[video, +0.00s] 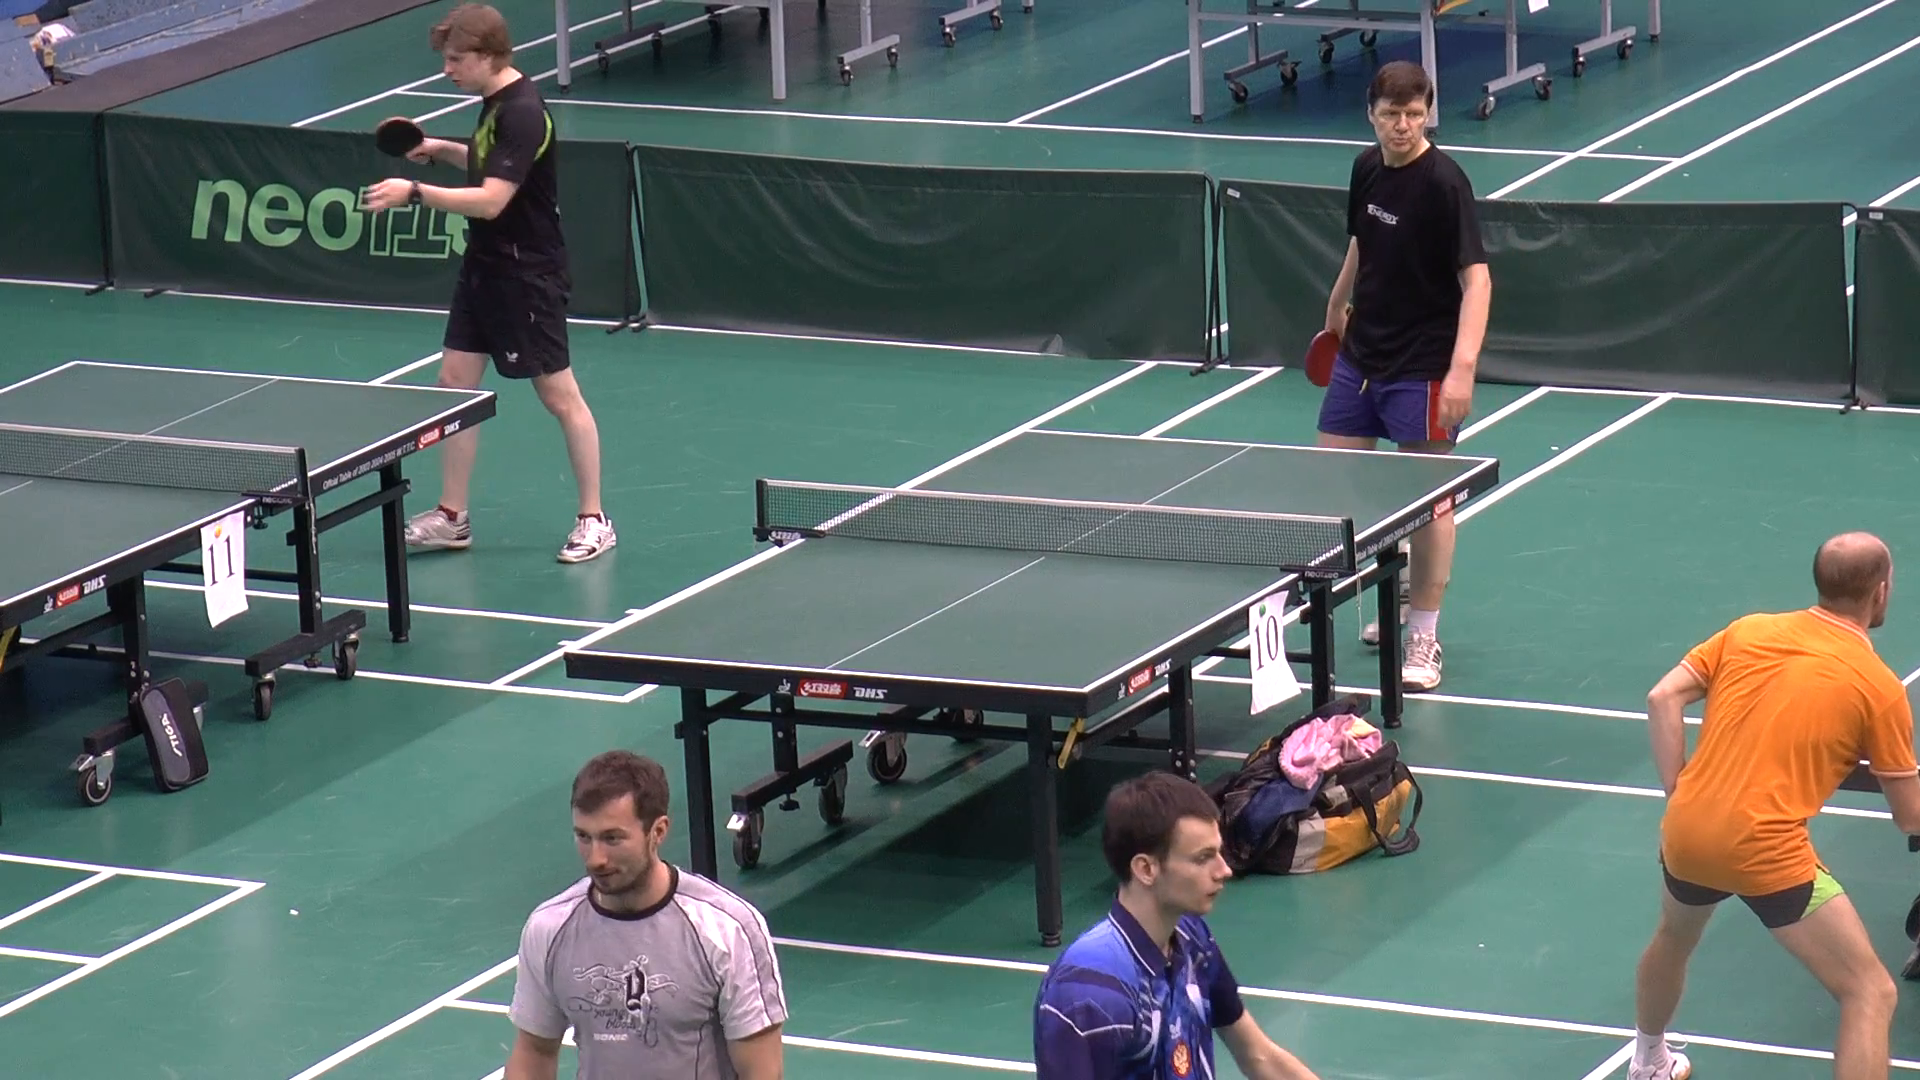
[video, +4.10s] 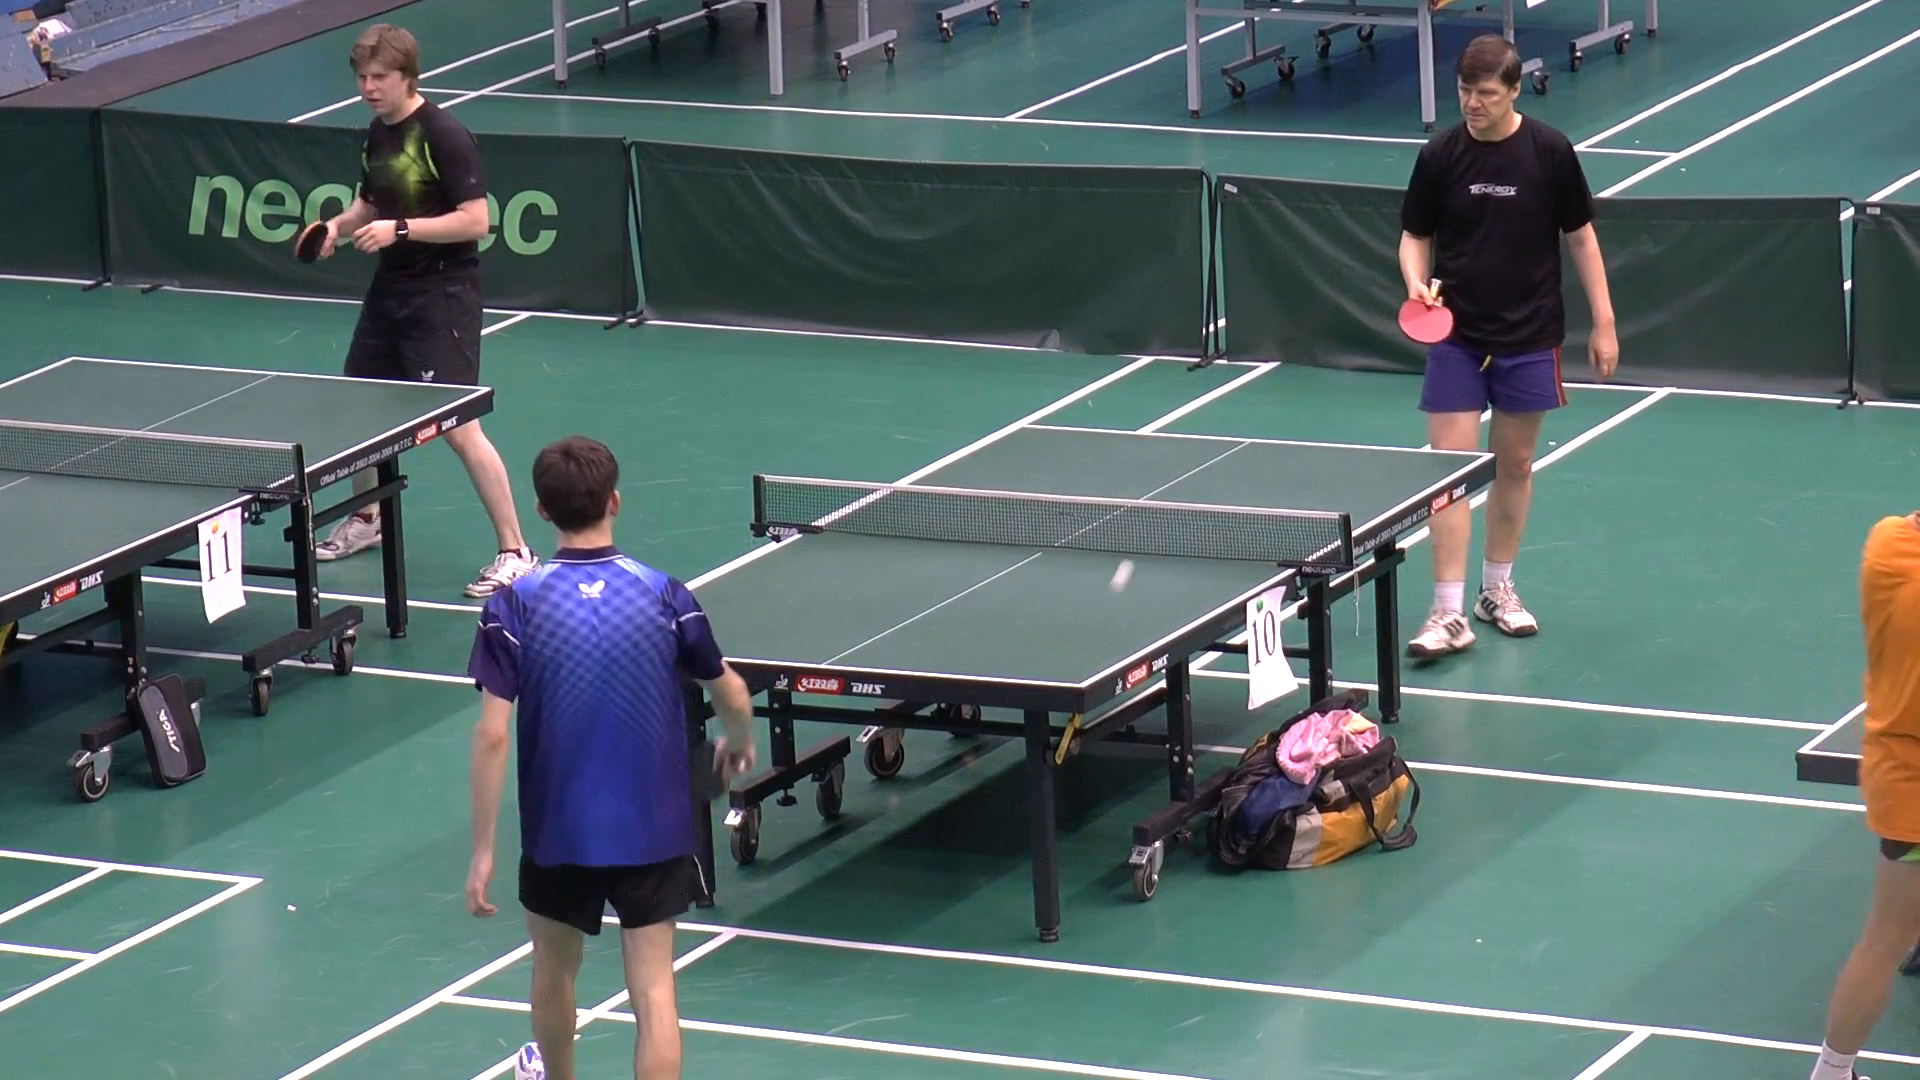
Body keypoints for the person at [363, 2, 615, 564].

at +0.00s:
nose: (449, 72)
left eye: (455, 62)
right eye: (447, 62)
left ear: (488, 56)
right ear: (478, 57)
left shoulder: (523, 111)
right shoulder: (496, 102)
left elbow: (491, 201)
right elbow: (493, 163)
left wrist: (413, 192)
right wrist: (442, 149)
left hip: (529, 274)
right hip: (484, 267)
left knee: (561, 396)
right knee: (456, 383)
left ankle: (593, 518)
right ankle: (453, 515)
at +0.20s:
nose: (404, 86)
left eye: (408, 75)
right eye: (402, 76)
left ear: (435, 70)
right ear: (439, 67)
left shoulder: (481, 118)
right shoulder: (468, 108)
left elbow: (432, 201)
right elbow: (466, 172)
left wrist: (358, 178)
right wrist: (407, 164)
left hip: (511, 280)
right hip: (468, 277)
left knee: (555, 403)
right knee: (437, 395)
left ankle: (594, 520)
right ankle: (430, 524)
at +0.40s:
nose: (357, 95)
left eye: (361, 84)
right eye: (355, 85)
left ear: (392, 78)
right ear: (389, 79)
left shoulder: (444, 118)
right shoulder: (410, 127)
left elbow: (430, 210)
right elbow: (420, 209)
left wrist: (348, 220)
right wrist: (347, 222)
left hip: (485, 276)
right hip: (436, 275)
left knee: (512, 409)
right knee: (414, 399)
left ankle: (589, 511)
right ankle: (427, 527)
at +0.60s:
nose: (343, 95)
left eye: (351, 84)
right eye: (338, 86)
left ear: (382, 77)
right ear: (342, 87)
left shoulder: (436, 116)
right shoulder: (361, 139)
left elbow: (456, 201)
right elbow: (341, 221)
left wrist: (381, 220)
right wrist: (307, 211)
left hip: (467, 269)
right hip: (411, 273)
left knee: (476, 407)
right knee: (395, 403)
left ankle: (539, 532)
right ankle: (425, 529)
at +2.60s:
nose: (314, 157)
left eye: (318, 145)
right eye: (310, 147)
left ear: (349, 131)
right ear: (344, 133)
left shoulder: (396, 163)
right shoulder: (373, 167)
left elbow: (429, 243)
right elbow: (366, 245)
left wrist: (356, 255)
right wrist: (291, 250)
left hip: (454, 312)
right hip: (414, 310)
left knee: (427, 443)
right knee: (373, 423)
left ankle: (509, 561)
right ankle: (350, 530)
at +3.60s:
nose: (344, 147)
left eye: (347, 135)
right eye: (340, 138)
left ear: (376, 120)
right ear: (377, 121)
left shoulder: (405, 163)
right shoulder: (430, 146)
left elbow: (431, 245)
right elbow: (437, 230)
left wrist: (365, 266)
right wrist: (375, 243)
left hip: (437, 319)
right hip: (427, 314)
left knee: (424, 454)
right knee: (375, 423)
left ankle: (514, 562)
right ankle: (353, 527)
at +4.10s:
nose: (367, 87)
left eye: (378, 77)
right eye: (362, 78)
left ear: (409, 77)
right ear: (359, 79)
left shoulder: (445, 133)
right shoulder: (376, 136)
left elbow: (478, 220)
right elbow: (374, 202)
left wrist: (400, 228)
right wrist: (337, 228)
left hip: (444, 297)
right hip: (390, 293)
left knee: (457, 424)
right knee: (360, 407)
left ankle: (515, 551)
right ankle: (369, 518)